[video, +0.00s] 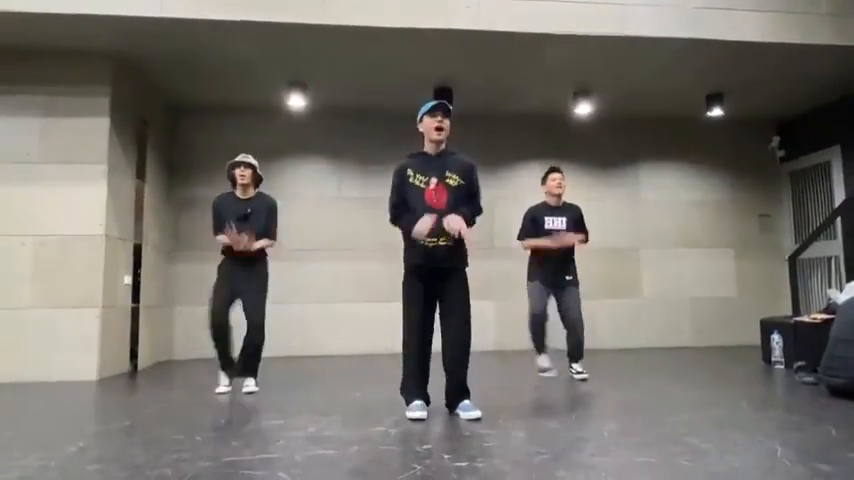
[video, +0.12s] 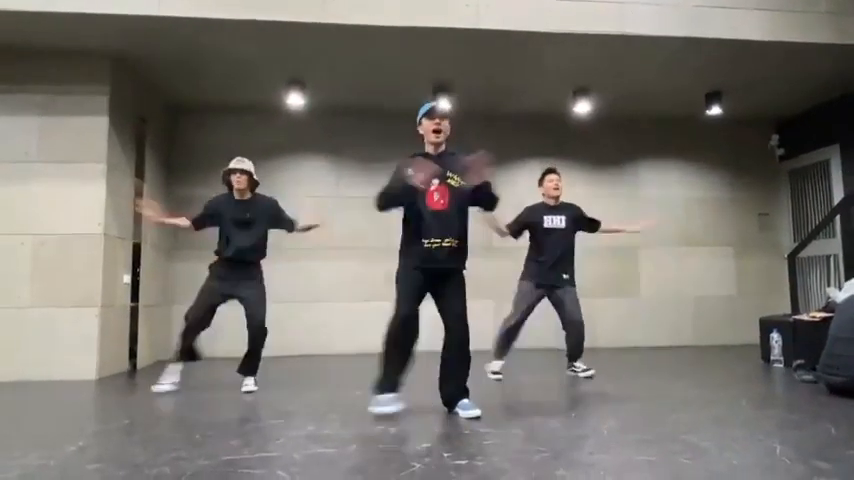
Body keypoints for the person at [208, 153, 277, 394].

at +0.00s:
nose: (242, 172)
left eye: (246, 168)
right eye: (238, 168)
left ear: (255, 174)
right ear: (232, 173)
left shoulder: (268, 203)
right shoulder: (221, 201)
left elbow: (271, 239)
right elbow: (218, 236)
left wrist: (252, 246)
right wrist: (232, 242)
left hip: (255, 268)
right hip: (229, 266)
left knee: (256, 322)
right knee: (217, 316)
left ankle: (249, 374)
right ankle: (226, 369)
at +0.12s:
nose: (238, 177)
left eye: (242, 173)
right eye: (234, 173)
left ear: (251, 178)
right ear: (229, 178)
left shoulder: (267, 205)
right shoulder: (220, 203)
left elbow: (289, 225)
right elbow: (192, 222)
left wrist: (304, 226)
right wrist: (160, 218)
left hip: (251, 275)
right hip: (221, 273)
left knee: (258, 327)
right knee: (194, 319)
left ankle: (249, 376)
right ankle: (177, 366)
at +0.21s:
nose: (237, 186)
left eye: (242, 182)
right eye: (233, 182)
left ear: (252, 186)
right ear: (227, 186)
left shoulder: (268, 210)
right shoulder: (216, 210)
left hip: (248, 282)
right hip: (218, 280)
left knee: (260, 327)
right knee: (189, 327)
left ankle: (248, 376)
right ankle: (156, 370)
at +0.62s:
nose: (235, 162)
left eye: (240, 158)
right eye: (231, 158)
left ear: (249, 164)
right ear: (226, 162)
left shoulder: (263, 194)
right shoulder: (218, 188)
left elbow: (278, 226)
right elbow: (197, 199)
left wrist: (269, 229)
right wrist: (214, 171)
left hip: (248, 260)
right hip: (220, 258)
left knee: (251, 318)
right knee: (209, 314)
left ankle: (249, 370)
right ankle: (226, 352)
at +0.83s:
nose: (233, 159)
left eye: (238, 156)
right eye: (230, 155)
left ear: (246, 163)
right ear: (224, 161)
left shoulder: (258, 194)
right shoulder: (216, 183)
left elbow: (271, 226)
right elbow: (204, 151)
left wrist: (264, 248)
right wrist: (214, 116)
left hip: (244, 264)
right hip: (215, 259)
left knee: (243, 317)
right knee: (182, 290)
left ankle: (241, 369)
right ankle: (222, 288)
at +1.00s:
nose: (232, 161)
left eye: (237, 158)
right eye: (229, 157)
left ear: (246, 163)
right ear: (222, 162)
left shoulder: (258, 195)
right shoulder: (210, 189)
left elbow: (262, 227)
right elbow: (206, 219)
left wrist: (253, 245)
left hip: (238, 258)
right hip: (212, 255)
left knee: (237, 315)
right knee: (194, 311)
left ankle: (240, 369)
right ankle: (197, 368)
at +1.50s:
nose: (218, 161)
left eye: (223, 158)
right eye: (215, 157)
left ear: (233, 163)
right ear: (209, 162)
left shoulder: (247, 194)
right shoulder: (196, 190)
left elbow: (252, 224)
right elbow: (197, 224)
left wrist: (244, 238)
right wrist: (200, 256)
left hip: (230, 259)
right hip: (202, 258)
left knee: (249, 312)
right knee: (177, 315)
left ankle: (257, 365)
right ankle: (172, 365)